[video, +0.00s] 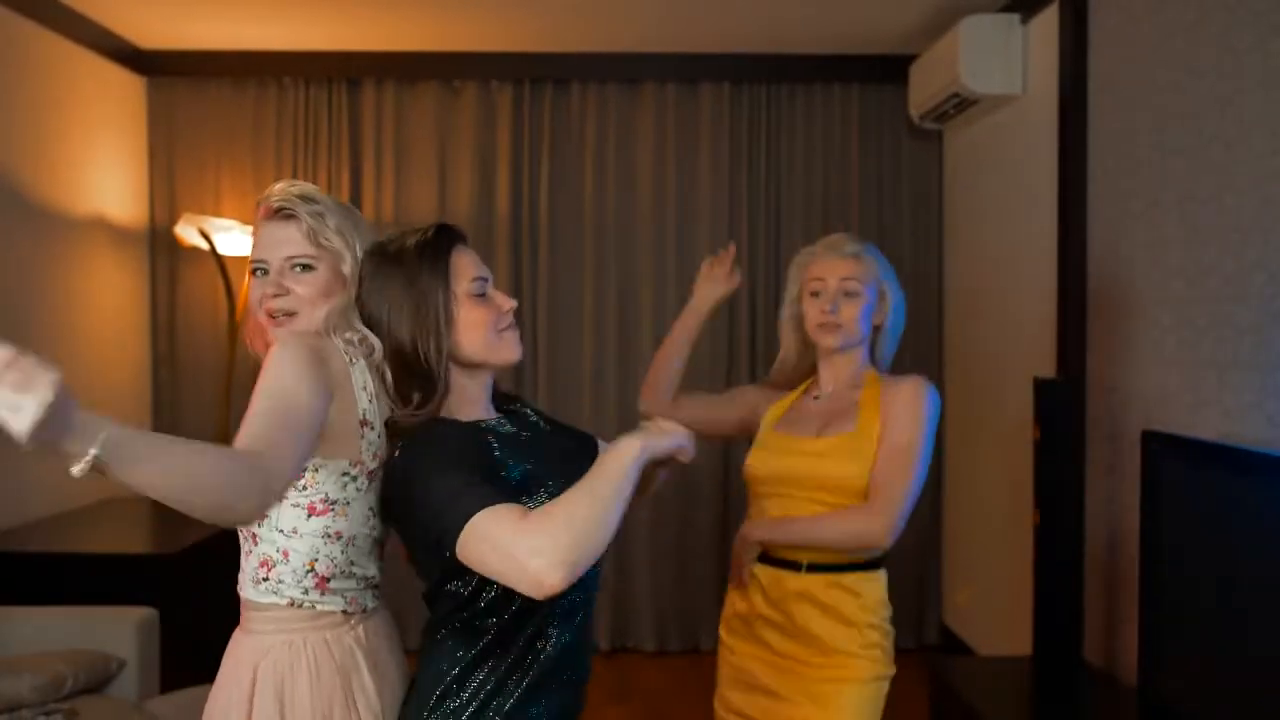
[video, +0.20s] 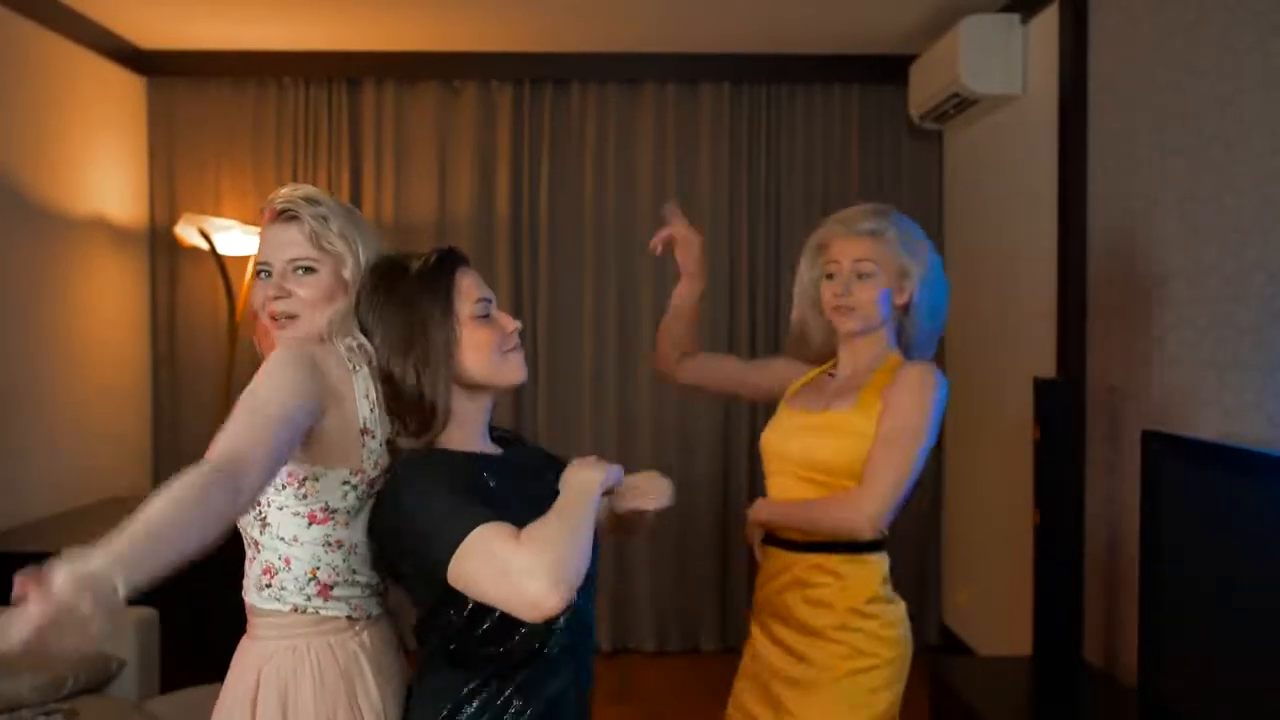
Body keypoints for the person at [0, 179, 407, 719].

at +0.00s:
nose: (275, 287)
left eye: (303, 267)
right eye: (262, 269)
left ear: (354, 280)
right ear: (249, 279)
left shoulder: (305, 356)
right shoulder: (364, 362)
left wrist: (77, 429)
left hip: (295, 654)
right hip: (359, 640)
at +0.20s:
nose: (277, 288)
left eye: (305, 269)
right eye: (265, 271)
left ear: (355, 283)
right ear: (252, 282)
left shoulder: (301, 365)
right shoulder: (370, 368)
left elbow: (227, 478)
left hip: (298, 660)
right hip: (368, 645)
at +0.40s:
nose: (275, 309)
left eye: (305, 291)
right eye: (265, 289)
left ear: (356, 306)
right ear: (252, 303)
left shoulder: (310, 413)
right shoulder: (363, 407)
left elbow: (273, 607)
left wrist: (176, 714)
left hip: (306, 674)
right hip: (362, 659)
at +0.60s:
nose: (272, 310)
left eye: (302, 293)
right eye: (261, 292)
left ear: (351, 309)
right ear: (248, 304)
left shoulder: (297, 408)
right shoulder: (361, 403)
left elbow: (315, 623)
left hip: (315, 688)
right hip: (366, 678)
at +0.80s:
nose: (276, 285)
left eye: (306, 268)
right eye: (265, 267)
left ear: (358, 286)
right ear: (252, 284)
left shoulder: (295, 373)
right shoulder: (372, 373)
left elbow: (321, 586)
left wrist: (283, 711)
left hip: (308, 668)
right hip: (377, 650)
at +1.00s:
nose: (283, 279)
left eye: (313, 262)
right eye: (271, 261)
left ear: (363, 279)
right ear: (258, 274)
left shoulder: (304, 358)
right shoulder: (371, 361)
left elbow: (308, 566)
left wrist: (259, 710)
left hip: (327, 660)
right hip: (385, 643)